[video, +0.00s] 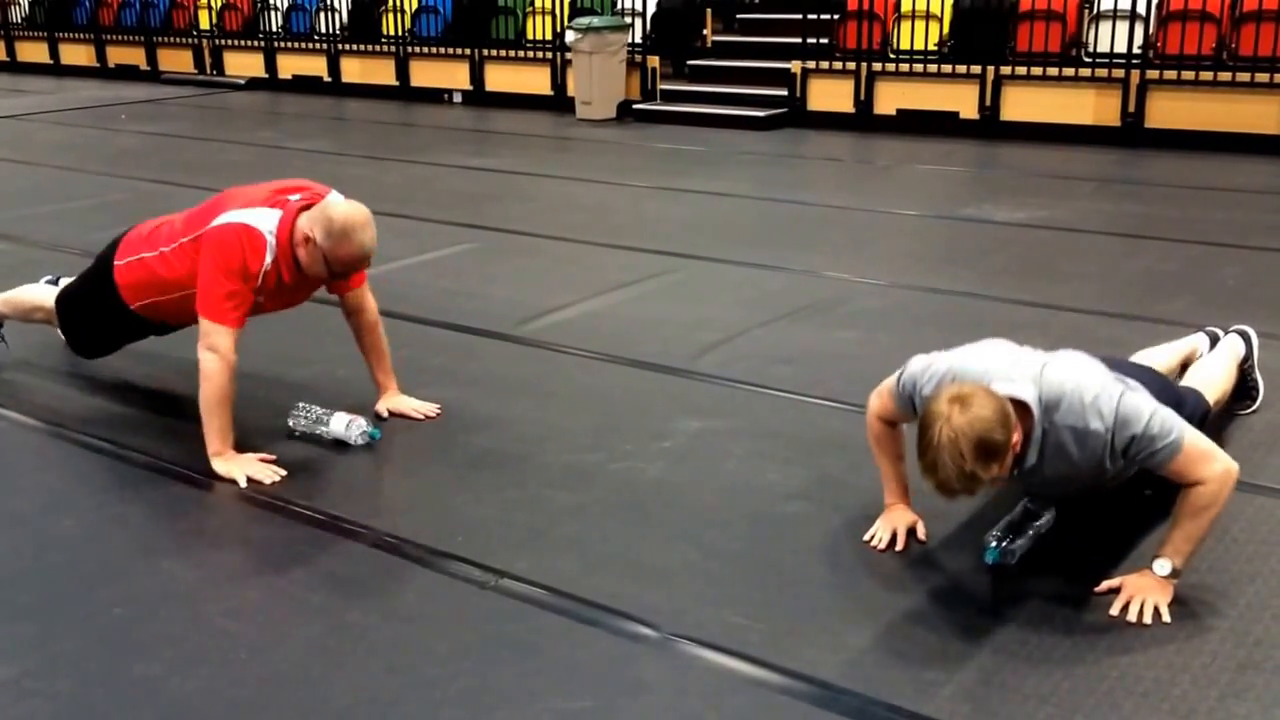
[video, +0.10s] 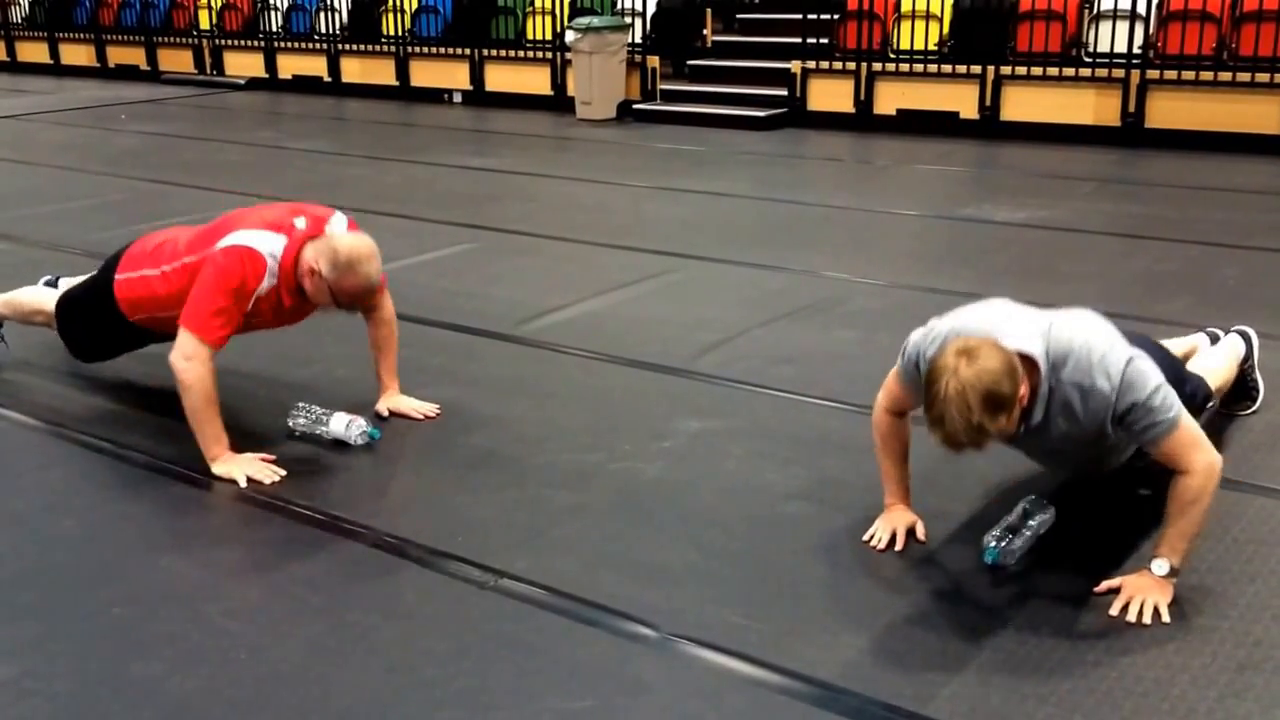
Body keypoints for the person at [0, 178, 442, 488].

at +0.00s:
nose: (336, 287)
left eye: (347, 278)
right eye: (331, 274)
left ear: (358, 243)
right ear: (305, 240)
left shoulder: (338, 224)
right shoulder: (235, 245)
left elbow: (361, 307)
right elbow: (216, 351)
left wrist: (389, 388)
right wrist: (223, 453)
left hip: (184, 290)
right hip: (128, 287)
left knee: (94, 308)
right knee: (63, 308)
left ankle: (48, 296)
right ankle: (8, 304)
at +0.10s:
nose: (345, 311)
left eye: (358, 304)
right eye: (338, 301)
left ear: (372, 255)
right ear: (312, 270)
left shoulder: (351, 240)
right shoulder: (241, 264)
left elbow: (380, 309)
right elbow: (188, 358)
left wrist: (390, 389)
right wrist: (222, 457)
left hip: (181, 266)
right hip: (132, 290)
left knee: (105, 298)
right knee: (62, 313)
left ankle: (65, 292)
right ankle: (11, 304)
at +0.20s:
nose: (333, 349)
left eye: (347, 349)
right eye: (334, 340)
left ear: (377, 317)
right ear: (324, 310)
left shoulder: (363, 278)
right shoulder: (256, 296)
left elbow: (394, 315)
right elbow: (172, 370)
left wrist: (391, 390)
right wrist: (220, 457)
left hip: (191, 278)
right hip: (142, 311)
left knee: (127, 287)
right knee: (63, 322)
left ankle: (65, 286)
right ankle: (3, 308)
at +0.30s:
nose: (355, 388)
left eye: (365, 384)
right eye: (351, 381)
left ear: (392, 336)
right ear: (331, 354)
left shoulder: (375, 302)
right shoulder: (256, 330)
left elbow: (395, 311)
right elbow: (164, 377)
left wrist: (389, 386)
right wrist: (220, 458)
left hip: (198, 301)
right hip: (144, 335)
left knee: (140, 304)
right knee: (67, 333)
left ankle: (68, 288)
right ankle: (4, 307)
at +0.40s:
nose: (358, 406)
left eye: (371, 402)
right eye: (354, 399)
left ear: (398, 342)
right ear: (336, 368)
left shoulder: (383, 312)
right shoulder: (262, 344)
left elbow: (397, 312)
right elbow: (163, 380)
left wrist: (385, 391)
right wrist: (220, 458)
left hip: (216, 311)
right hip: (153, 342)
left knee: (139, 314)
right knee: (73, 341)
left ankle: (71, 290)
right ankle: (6, 307)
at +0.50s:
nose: (365, 391)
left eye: (374, 386)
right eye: (360, 384)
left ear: (395, 334)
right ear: (336, 358)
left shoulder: (369, 307)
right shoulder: (261, 340)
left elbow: (398, 305)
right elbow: (165, 378)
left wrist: (388, 387)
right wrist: (219, 457)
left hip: (208, 312)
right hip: (147, 345)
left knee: (138, 314)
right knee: (72, 341)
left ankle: (71, 290)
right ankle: (6, 308)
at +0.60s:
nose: (359, 371)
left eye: (369, 364)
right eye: (357, 363)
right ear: (330, 336)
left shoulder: (368, 297)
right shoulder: (256, 322)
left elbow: (398, 310)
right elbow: (166, 376)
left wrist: (390, 389)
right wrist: (219, 457)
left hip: (196, 299)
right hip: (143, 335)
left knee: (136, 301)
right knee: (70, 333)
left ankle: (70, 289)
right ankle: (6, 309)